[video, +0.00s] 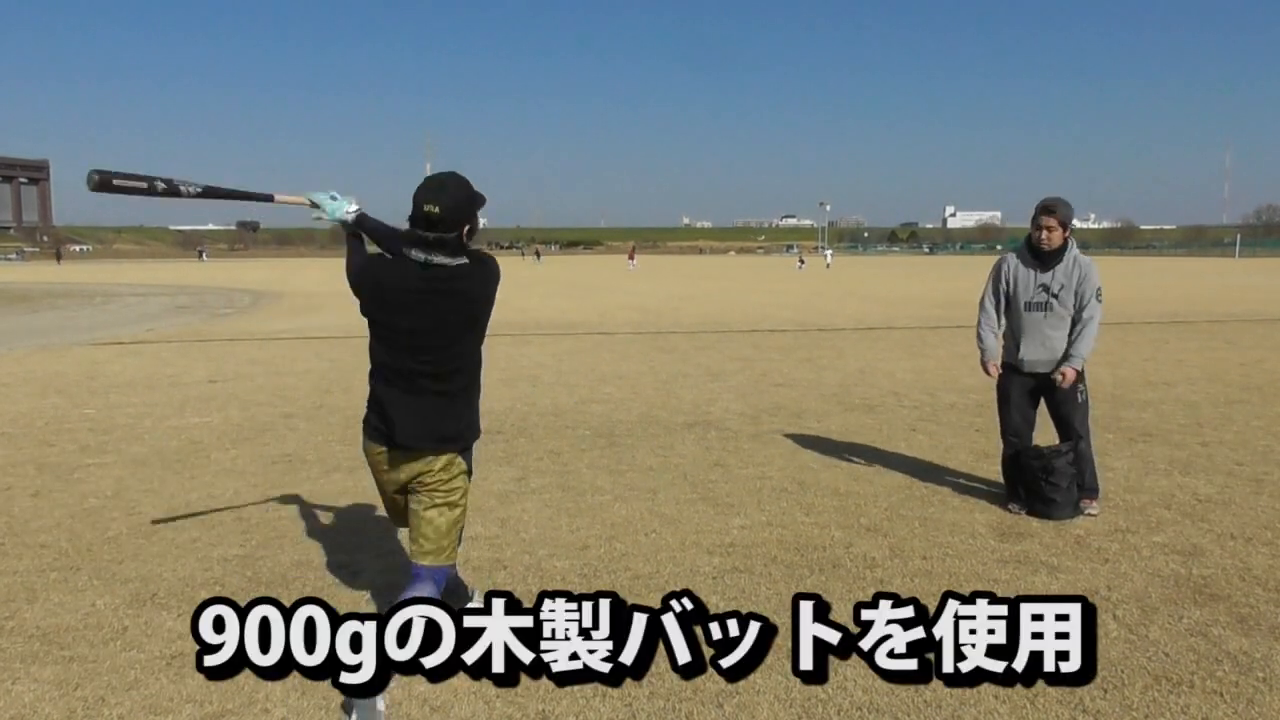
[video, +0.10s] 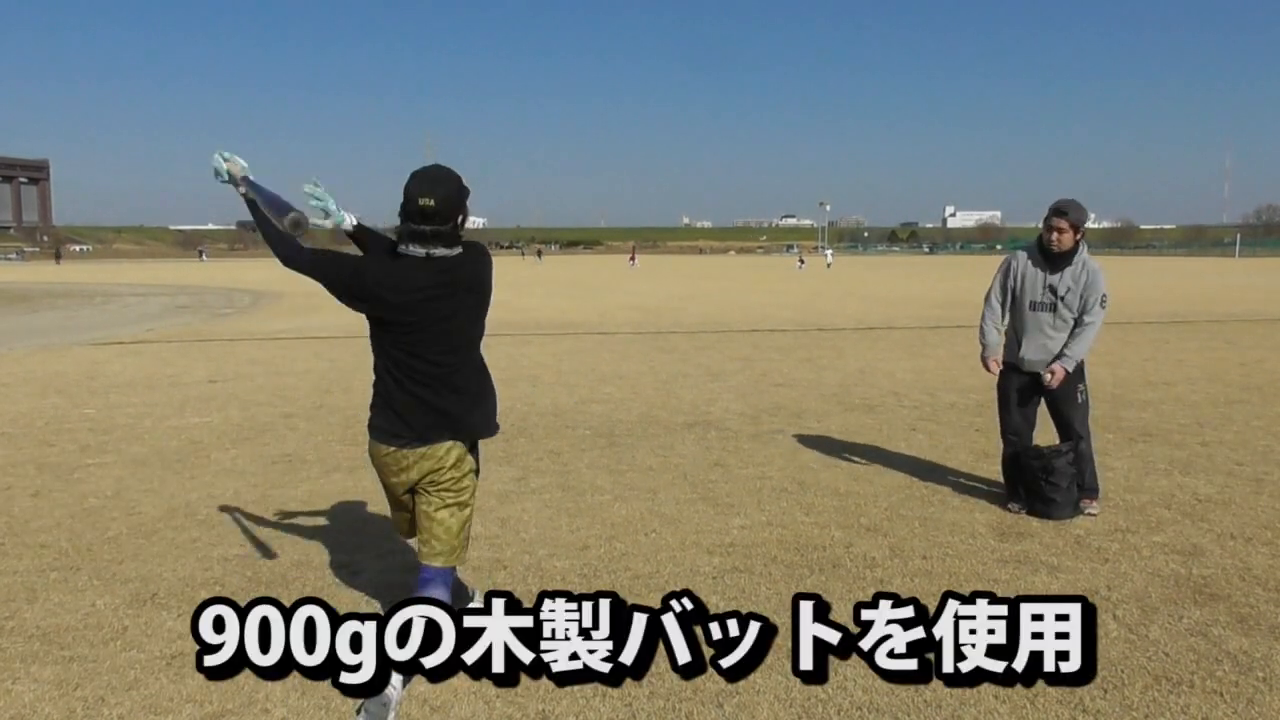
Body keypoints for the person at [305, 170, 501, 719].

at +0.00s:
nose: (476, 223)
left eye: (474, 216)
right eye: (473, 219)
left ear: (415, 220)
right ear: (463, 228)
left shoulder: (377, 272)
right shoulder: (482, 275)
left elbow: (355, 268)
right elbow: (417, 249)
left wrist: (351, 229)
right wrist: (359, 216)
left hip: (383, 437)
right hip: (445, 440)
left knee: (423, 537)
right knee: (428, 573)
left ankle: (464, 605)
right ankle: (369, 684)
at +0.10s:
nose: (466, 215)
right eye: (463, 209)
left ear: (406, 214)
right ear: (460, 218)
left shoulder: (377, 273)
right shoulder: (477, 266)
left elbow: (290, 252)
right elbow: (408, 254)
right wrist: (350, 226)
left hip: (389, 440)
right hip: (451, 441)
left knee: (420, 538)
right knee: (436, 568)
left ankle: (468, 607)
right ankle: (390, 687)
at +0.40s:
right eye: (450, 211)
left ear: (398, 220)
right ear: (454, 220)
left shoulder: (379, 274)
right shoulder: (471, 267)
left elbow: (296, 242)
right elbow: (406, 246)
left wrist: (233, 181)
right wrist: (343, 227)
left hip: (388, 436)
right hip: (451, 437)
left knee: (423, 538)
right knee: (426, 570)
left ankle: (462, 602)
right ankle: (388, 687)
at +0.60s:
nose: (451, 217)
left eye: (418, 212)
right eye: (456, 209)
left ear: (405, 216)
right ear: (462, 218)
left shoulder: (380, 267)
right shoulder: (479, 264)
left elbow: (299, 223)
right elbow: (418, 243)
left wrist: (237, 158)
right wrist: (360, 217)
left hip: (388, 437)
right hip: (451, 440)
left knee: (425, 543)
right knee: (427, 573)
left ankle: (469, 612)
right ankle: (388, 688)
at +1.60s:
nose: (461, 212)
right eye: (463, 205)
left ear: (407, 210)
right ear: (463, 215)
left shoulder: (380, 258)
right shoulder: (482, 264)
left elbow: (301, 216)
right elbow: (438, 251)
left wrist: (244, 147)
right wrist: (385, 234)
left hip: (385, 434)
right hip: (447, 440)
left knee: (419, 539)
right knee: (425, 573)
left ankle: (462, 606)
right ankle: (382, 689)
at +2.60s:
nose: (447, 208)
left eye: (409, 200)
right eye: (449, 202)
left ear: (399, 206)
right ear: (452, 212)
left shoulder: (373, 258)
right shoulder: (479, 262)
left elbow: (291, 221)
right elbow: (446, 244)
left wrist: (223, 167)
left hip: (384, 432)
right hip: (446, 437)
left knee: (423, 536)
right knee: (420, 567)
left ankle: (455, 598)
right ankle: (375, 690)